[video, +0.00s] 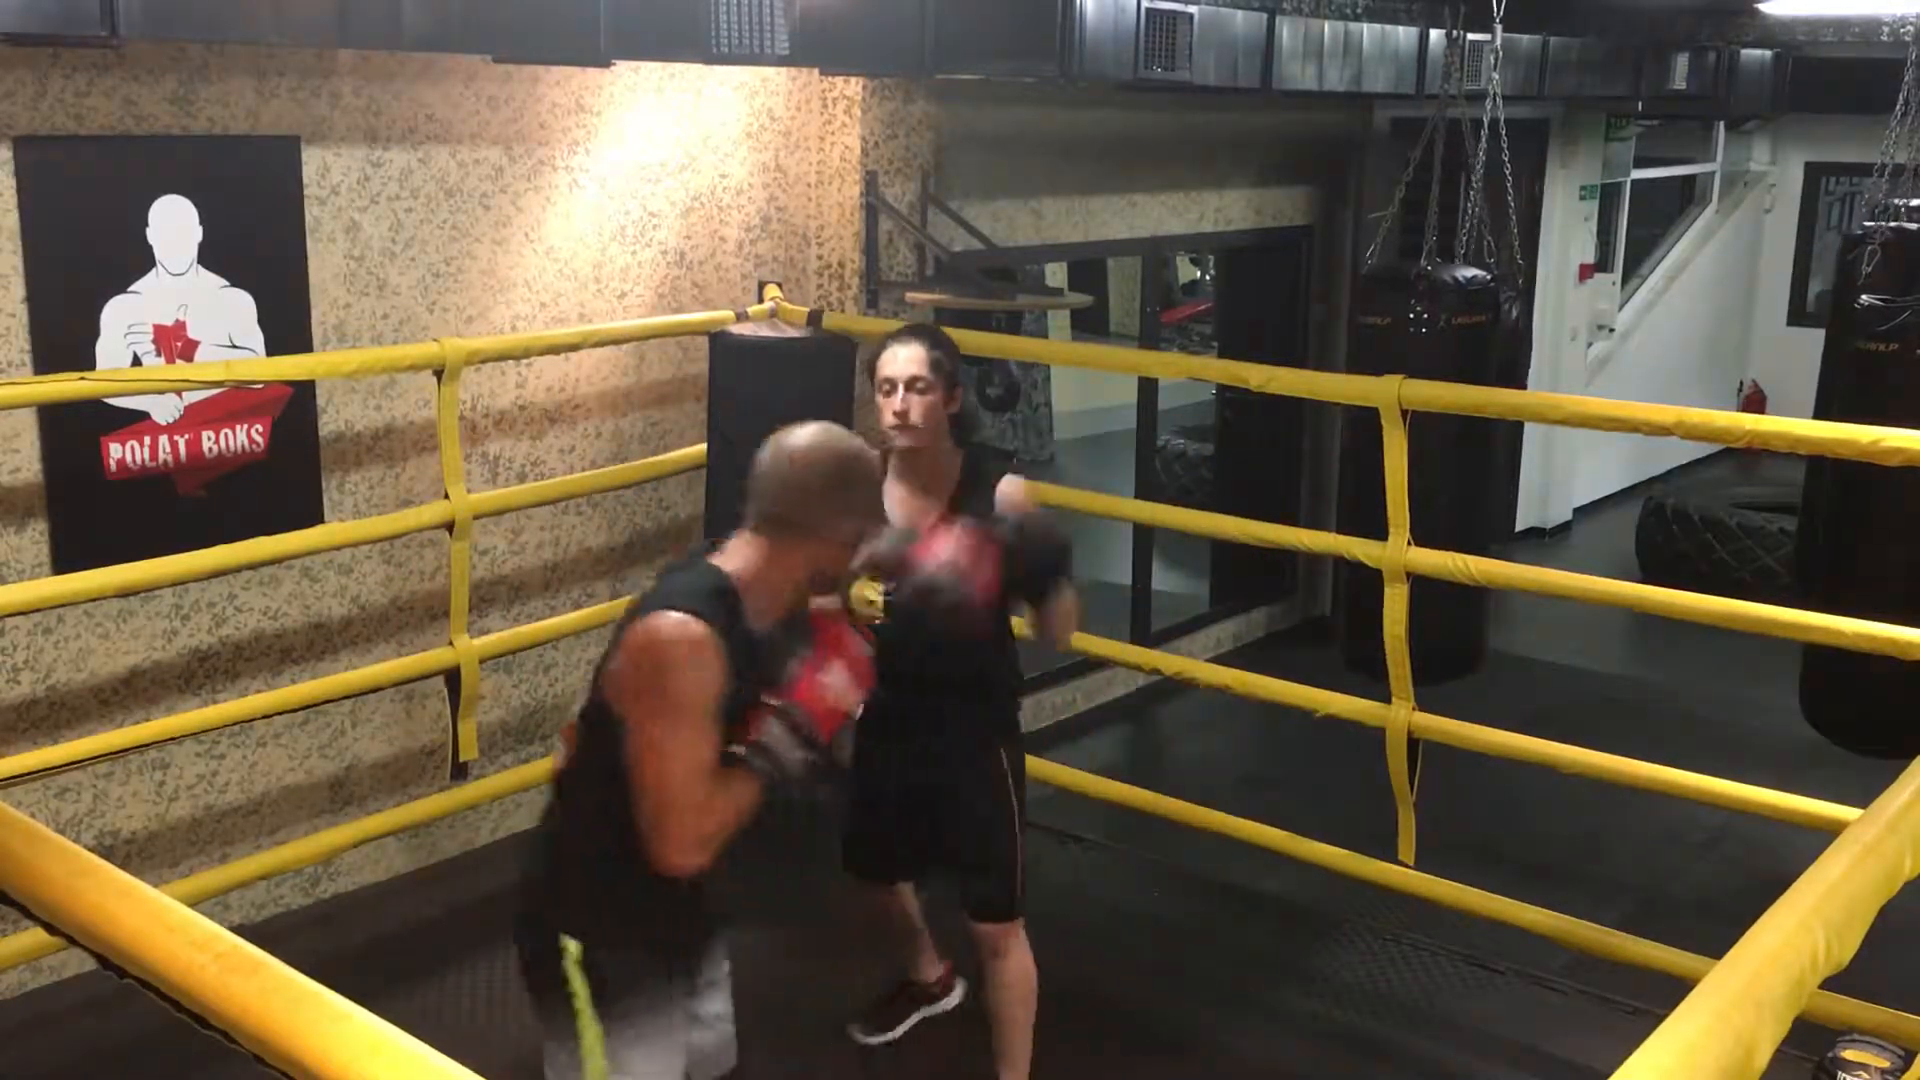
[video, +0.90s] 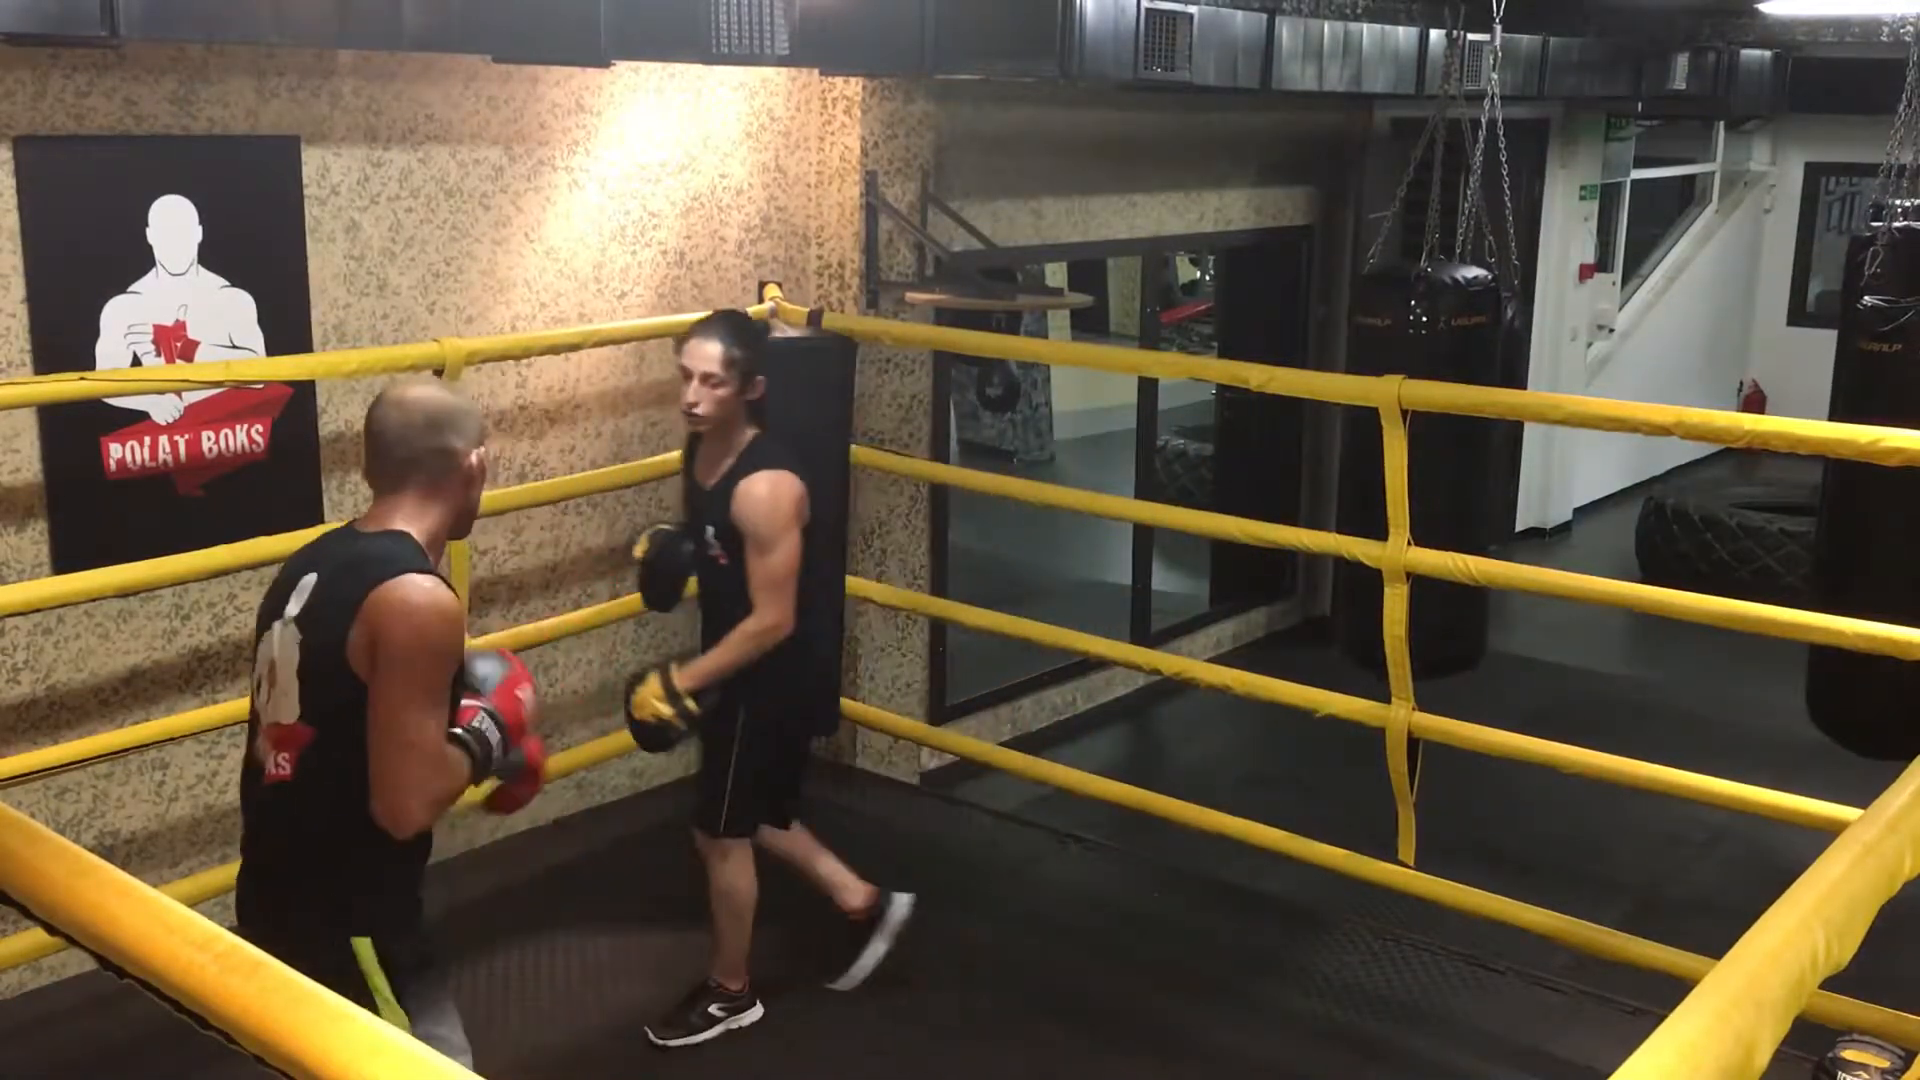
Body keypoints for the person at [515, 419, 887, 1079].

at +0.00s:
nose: (863, 557)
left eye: (867, 540)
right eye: (861, 539)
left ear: (771, 508)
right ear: (831, 537)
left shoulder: (767, 610)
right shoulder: (676, 634)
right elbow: (679, 839)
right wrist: (799, 721)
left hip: (689, 924)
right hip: (608, 954)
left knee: (709, 1063)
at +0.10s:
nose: (801, 535)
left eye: (803, 517)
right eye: (798, 517)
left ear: (712, 498)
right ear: (764, 518)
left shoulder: (706, 594)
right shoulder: (614, 629)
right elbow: (632, 828)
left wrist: (786, 713)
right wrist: (730, 730)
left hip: (647, 896)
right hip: (564, 927)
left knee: (677, 1054)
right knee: (579, 1069)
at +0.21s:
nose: (732, 512)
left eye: (733, 496)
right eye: (730, 496)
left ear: (629, 485)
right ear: (697, 506)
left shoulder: (610, 584)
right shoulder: (555, 633)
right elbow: (618, 825)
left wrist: (683, 749)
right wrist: (699, 698)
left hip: (600, 911)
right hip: (512, 942)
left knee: (644, 1041)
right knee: (518, 1070)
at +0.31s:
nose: (650, 543)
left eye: (652, 528)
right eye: (649, 528)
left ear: (548, 510)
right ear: (622, 534)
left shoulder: (488, 576)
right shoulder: (508, 667)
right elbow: (622, 826)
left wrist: (591, 709)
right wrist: (666, 690)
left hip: (529, 918)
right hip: (457, 955)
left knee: (588, 1055)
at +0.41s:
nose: (605, 514)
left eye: (607, 497)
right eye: (607, 498)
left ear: (495, 484)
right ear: (583, 505)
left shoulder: (417, 562)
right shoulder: (484, 653)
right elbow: (548, 806)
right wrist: (586, 674)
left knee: (536, 1053)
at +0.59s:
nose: (537, 463)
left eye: (538, 445)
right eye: (536, 445)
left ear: (432, 442)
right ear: (515, 453)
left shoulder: (354, 540)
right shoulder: (432, 596)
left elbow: (365, 709)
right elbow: (469, 786)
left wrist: (486, 637)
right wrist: (543, 672)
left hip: (318, 888)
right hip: (400, 910)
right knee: (460, 1060)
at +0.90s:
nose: (485, 476)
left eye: (484, 461)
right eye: (486, 461)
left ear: (372, 467)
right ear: (473, 467)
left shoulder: (308, 566)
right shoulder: (417, 600)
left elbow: (319, 741)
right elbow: (406, 804)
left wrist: (453, 731)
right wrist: (483, 731)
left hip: (276, 917)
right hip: (361, 938)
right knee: (439, 1072)